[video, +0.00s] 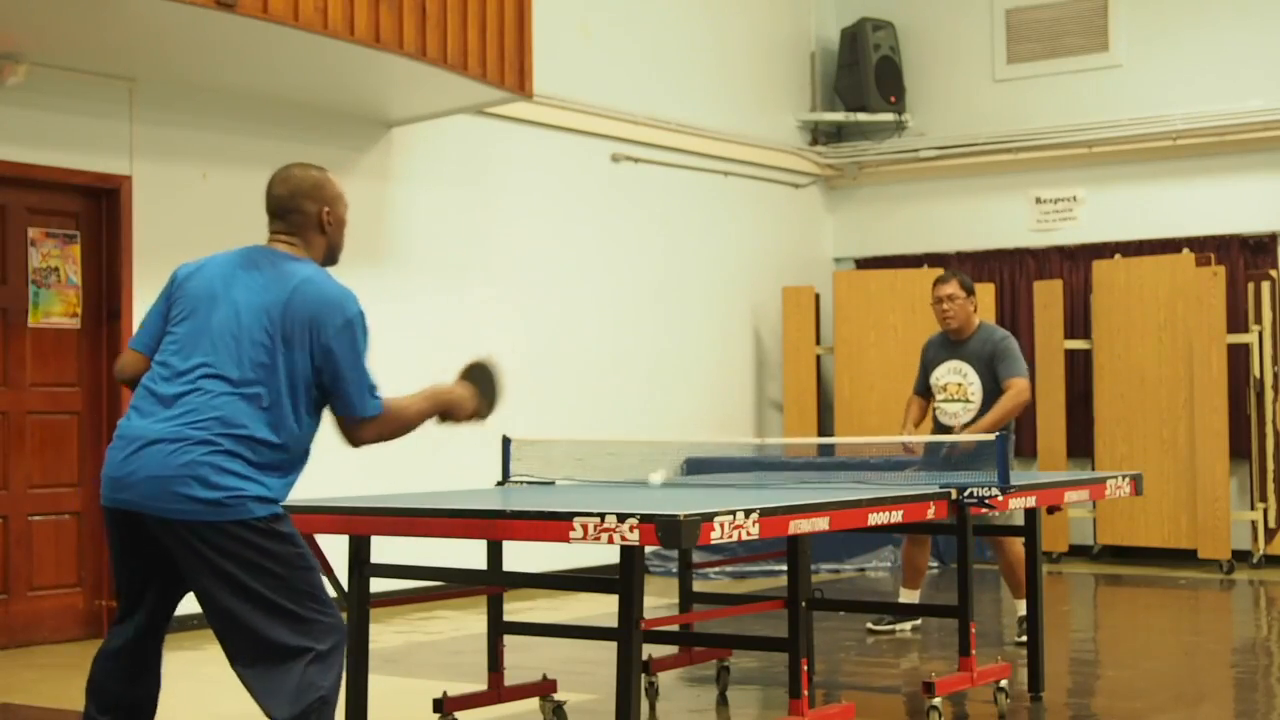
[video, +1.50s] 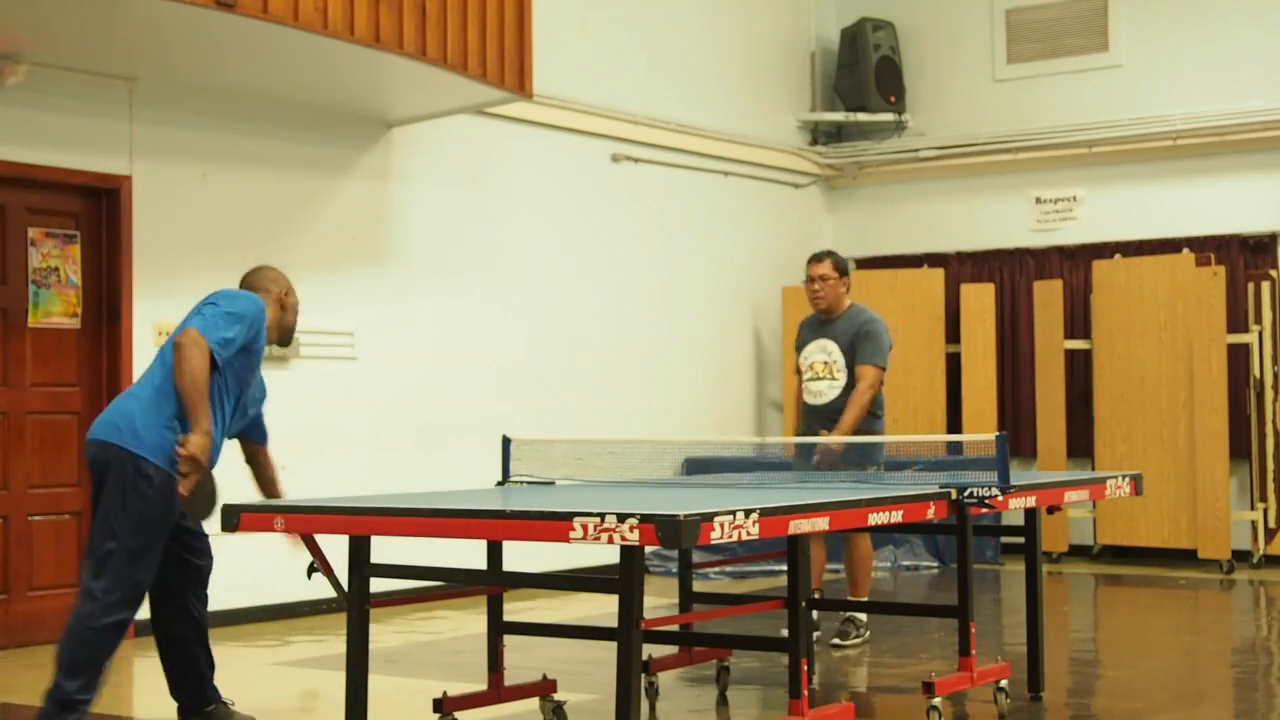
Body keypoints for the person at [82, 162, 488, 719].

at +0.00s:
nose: (345, 227)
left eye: (344, 216)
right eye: (343, 216)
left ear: (273, 218)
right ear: (324, 217)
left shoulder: (194, 273)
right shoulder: (328, 300)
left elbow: (130, 367)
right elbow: (362, 425)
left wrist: (204, 393)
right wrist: (439, 399)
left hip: (127, 484)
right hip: (221, 496)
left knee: (137, 625)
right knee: (316, 637)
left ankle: (105, 715)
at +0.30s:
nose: (246, 195)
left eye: (243, 186)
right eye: (243, 186)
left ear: (181, 196)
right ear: (230, 192)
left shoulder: (116, 259)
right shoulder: (253, 271)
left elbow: (56, 355)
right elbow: (253, 388)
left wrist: (80, 374)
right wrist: (301, 406)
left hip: (105, 477)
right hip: (193, 481)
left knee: (111, 634)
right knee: (247, 640)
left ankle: (99, 716)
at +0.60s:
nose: (216, 190)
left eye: (215, 180)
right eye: (214, 180)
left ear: (148, 190)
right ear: (198, 183)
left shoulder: (93, 258)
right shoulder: (211, 258)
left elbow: (49, 356)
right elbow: (212, 364)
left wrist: (111, 372)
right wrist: (281, 382)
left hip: (79, 467)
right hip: (164, 474)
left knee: (90, 631)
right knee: (168, 629)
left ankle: (89, 714)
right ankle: (150, 715)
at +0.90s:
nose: (243, 205)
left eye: (239, 195)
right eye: (239, 195)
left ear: (183, 199)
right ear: (224, 197)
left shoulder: (122, 260)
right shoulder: (215, 270)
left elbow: (71, 337)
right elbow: (200, 371)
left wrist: (132, 372)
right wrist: (276, 391)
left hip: (90, 458)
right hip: (150, 466)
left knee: (129, 599)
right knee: (161, 613)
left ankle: (88, 708)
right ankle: (146, 712)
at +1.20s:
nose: (278, 280)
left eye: (278, 271)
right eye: (277, 269)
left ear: (231, 258)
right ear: (262, 261)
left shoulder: (204, 299)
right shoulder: (229, 296)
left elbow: (170, 396)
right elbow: (195, 369)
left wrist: (212, 469)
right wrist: (252, 423)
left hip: (140, 469)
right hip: (143, 471)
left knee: (183, 578)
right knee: (169, 595)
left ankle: (195, 700)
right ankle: (141, 712)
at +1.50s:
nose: (296, 318)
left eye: (297, 309)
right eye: (295, 307)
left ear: (269, 297)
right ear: (281, 297)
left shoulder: (246, 373)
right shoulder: (245, 304)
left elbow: (255, 448)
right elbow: (191, 341)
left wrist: (280, 507)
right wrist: (201, 431)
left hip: (156, 462)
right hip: (137, 449)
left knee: (186, 565)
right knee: (117, 584)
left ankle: (199, 704)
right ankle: (63, 708)